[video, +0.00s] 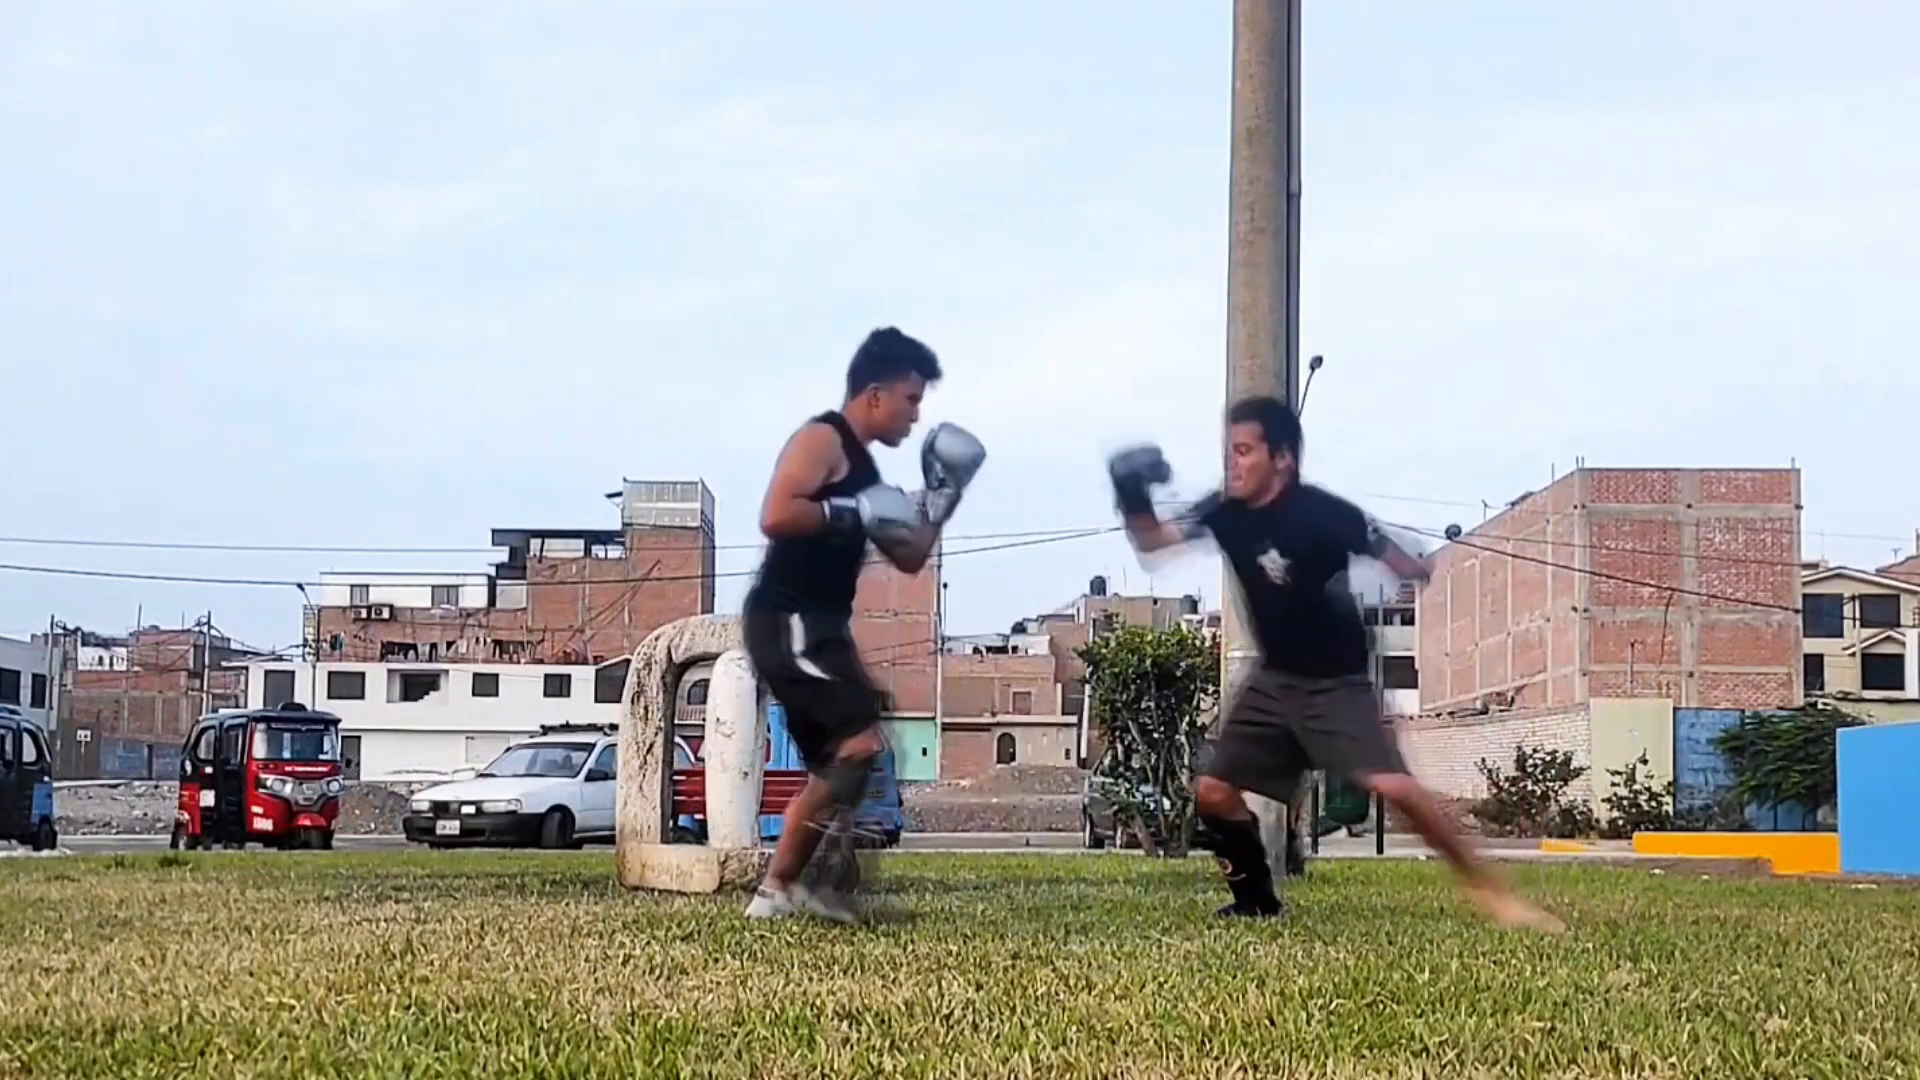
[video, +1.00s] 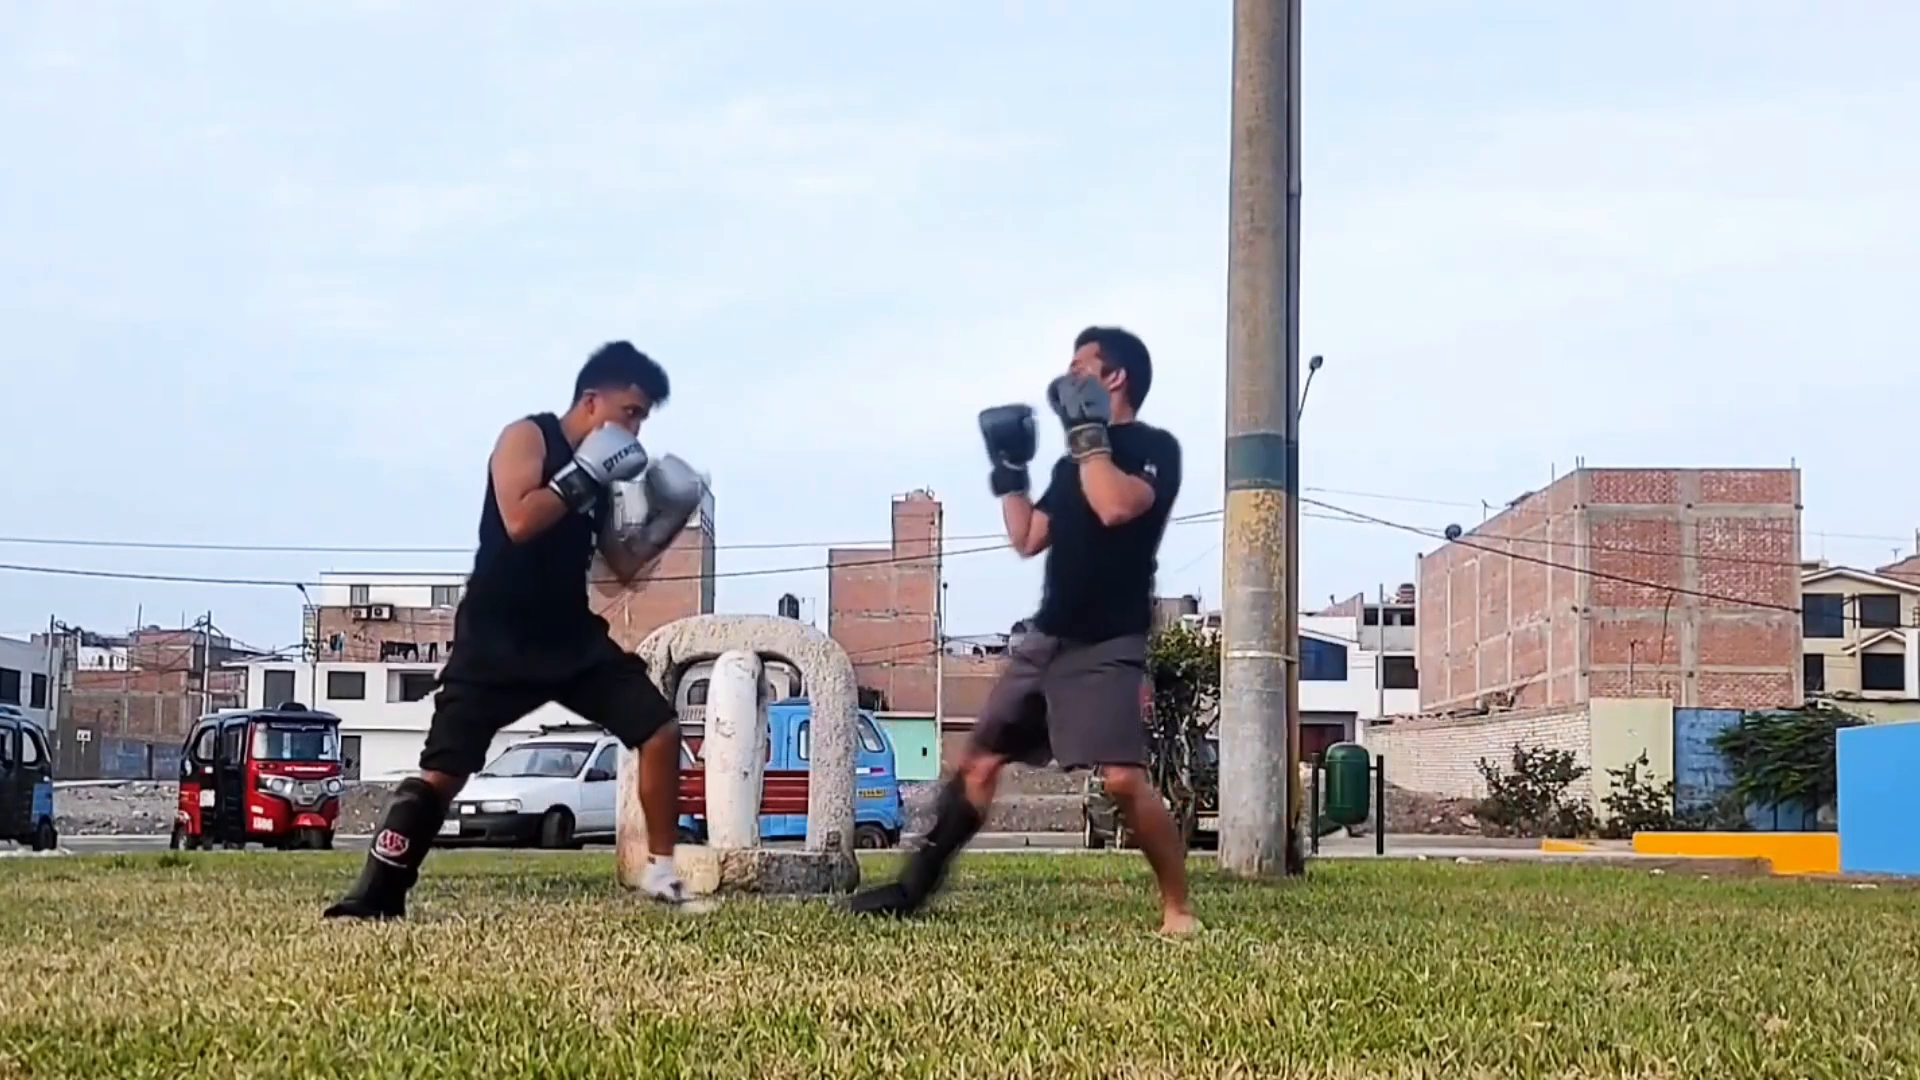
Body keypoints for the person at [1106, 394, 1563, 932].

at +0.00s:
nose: (1233, 463)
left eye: (1245, 451)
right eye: (1230, 452)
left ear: (1284, 458)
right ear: (1229, 457)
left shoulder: (1324, 513)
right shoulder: (1222, 512)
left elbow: (1386, 550)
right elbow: (1150, 542)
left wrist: (1415, 570)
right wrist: (1131, 496)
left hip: (1338, 683)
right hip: (1272, 679)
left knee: (1389, 784)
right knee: (1214, 791)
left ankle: (1485, 884)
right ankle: (1257, 901)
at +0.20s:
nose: (1227, 416)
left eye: (1240, 407)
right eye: (1223, 405)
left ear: (1280, 417)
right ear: (1220, 407)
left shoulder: (1309, 484)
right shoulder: (1195, 450)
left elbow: (1407, 495)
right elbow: (1103, 448)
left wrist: (1441, 435)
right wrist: (1024, 440)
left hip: (1202, 657)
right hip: (1129, 633)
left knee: (1228, 756)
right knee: (1087, 756)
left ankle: (1124, 876)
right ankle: (1054, 751)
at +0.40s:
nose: (1189, 468)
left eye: (1206, 461)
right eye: (1190, 455)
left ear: (1239, 478)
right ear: (1186, 455)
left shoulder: (1246, 551)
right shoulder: (1149, 493)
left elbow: (1327, 570)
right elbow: (1090, 540)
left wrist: (1332, 499)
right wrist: (1034, 572)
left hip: (1109, 690)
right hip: (1040, 639)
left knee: (1156, 791)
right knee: (905, 683)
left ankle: (1062, 907)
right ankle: (768, 713)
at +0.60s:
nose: (1121, 424)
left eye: (1137, 417)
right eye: (1123, 413)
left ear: (1172, 440)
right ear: (1119, 419)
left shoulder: (1182, 531)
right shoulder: (1090, 473)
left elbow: (1160, 624)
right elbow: (1033, 529)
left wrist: (1141, 588)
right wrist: (958, 548)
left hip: (1083, 670)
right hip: (1004, 636)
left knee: (1125, 777)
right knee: (901, 720)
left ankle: (1058, 906)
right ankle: (852, 837)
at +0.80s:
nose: (1050, 403)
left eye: (1066, 396)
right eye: (1055, 394)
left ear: (1100, 419)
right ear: (1078, 416)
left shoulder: (1121, 499)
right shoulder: (1029, 480)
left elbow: (1101, 588)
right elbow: (981, 555)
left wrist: (1063, 521)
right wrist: (933, 512)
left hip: (1066, 669)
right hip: (988, 662)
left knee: (1097, 779)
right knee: (909, 767)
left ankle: (1116, 887)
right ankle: (898, 901)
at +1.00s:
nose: (1069, 376)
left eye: (1081, 365)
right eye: (1071, 366)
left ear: (1119, 377)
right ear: (1108, 378)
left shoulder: (1155, 447)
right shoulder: (1071, 463)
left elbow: (1116, 507)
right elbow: (1027, 538)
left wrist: (1087, 429)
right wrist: (1010, 468)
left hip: (1111, 642)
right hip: (1045, 639)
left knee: (1124, 781)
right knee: (979, 763)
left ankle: (1177, 907)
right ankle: (910, 892)